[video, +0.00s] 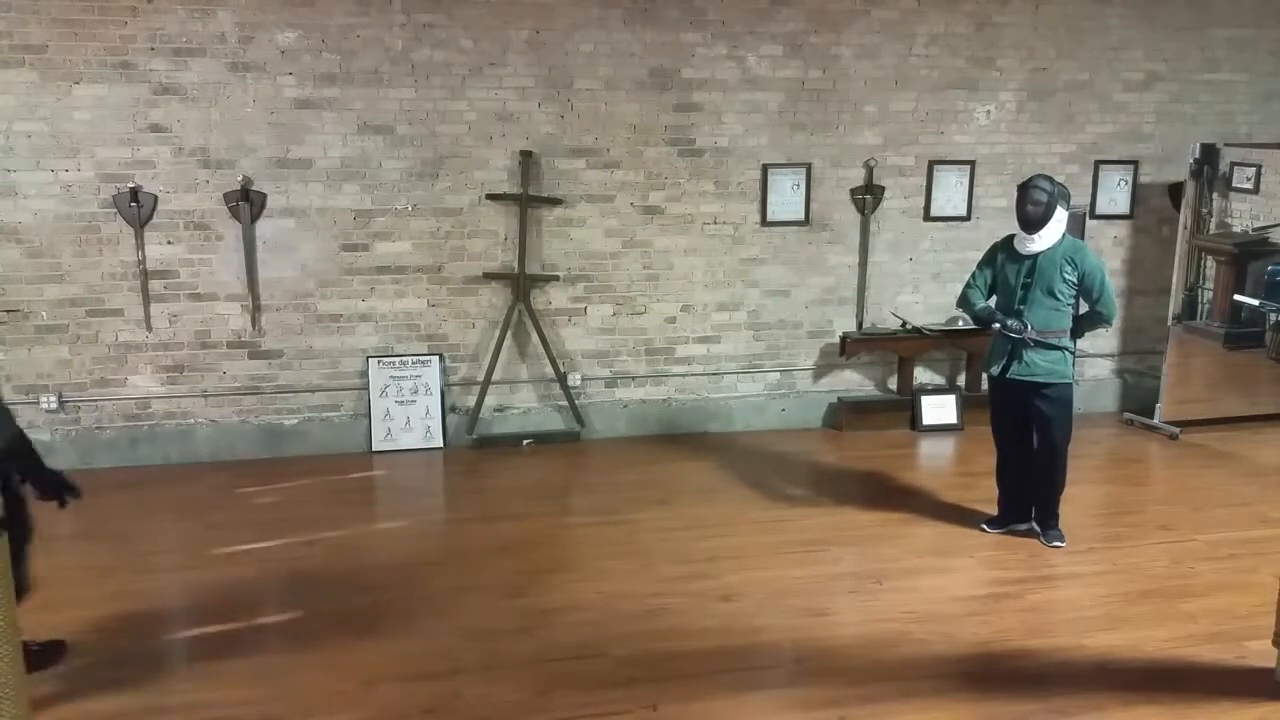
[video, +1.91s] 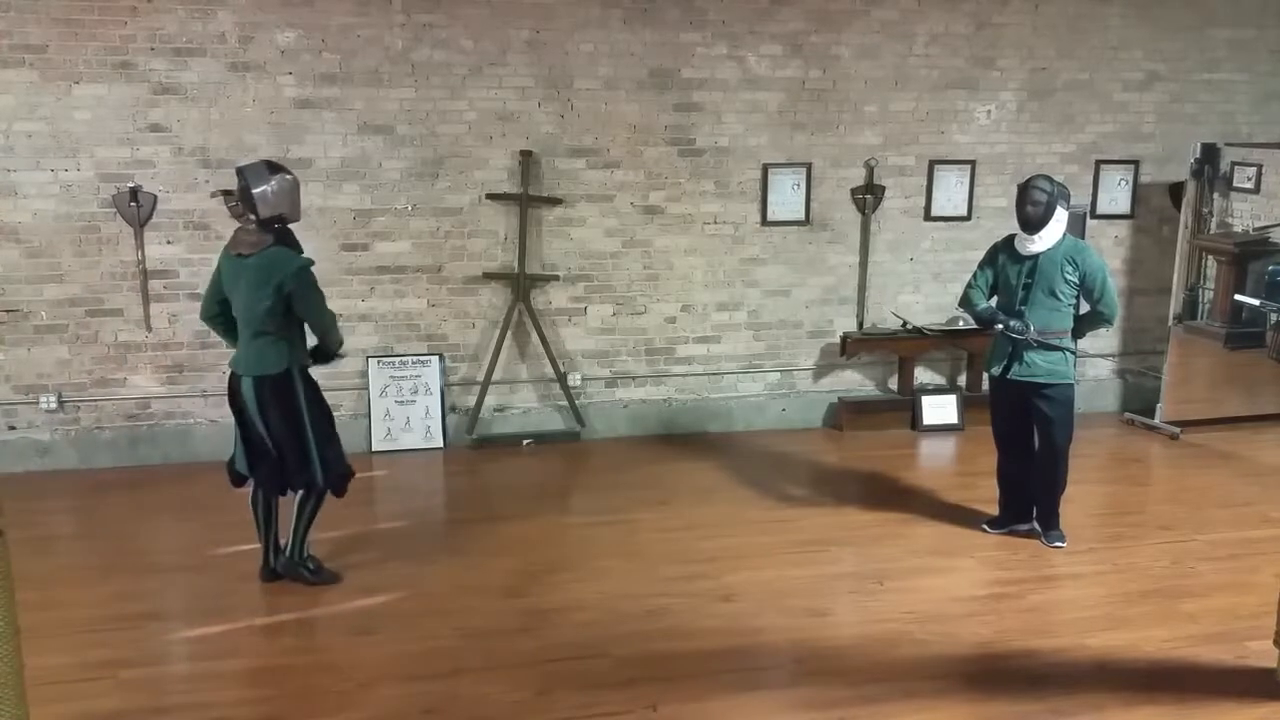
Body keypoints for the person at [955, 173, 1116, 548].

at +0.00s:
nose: (1027, 210)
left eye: (1035, 202)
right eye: (1023, 202)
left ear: (1056, 207)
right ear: (1017, 203)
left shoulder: (1077, 255)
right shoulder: (1003, 250)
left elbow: (1106, 311)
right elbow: (969, 296)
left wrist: (1071, 329)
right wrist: (997, 320)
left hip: (1050, 371)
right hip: (1005, 369)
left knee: (1051, 452)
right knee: (1009, 448)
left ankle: (1048, 522)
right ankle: (1013, 515)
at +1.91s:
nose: (1026, 210)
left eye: (1035, 203)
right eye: (1022, 202)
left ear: (1056, 207)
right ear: (1017, 203)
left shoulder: (1079, 254)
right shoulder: (1003, 250)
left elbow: (1106, 312)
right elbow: (971, 296)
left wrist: (1069, 330)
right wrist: (999, 320)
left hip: (1051, 372)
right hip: (1005, 370)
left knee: (1052, 453)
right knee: (1010, 449)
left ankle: (1049, 522)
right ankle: (1015, 515)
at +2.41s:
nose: (1027, 210)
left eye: (1035, 203)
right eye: (1023, 202)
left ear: (1056, 207)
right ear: (1017, 203)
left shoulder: (1080, 254)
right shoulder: (1005, 249)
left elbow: (1108, 310)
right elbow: (963, 294)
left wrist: (1073, 329)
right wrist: (998, 316)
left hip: (1050, 372)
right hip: (1005, 369)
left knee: (1049, 452)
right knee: (1011, 449)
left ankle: (1049, 523)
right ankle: (1015, 515)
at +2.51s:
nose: (1027, 210)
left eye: (1036, 205)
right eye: (1023, 203)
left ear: (1056, 209)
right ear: (1017, 204)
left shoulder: (1079, 255)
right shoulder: (1007, 249)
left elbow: (1107, 312)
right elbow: (974, 273)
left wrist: (1069, 330)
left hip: (1050, 368)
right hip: (1004, 364)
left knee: (1048, 451)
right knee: (1010, 447)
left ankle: (1047, 521)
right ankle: (1013, 515)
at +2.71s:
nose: (1028, 212)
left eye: (1037, 205)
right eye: (1024, 204)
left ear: (1057, 208)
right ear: (1019, 205)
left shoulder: (1078, 256)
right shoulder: (1005, 248)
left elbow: (1105, 313)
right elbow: (956, 254)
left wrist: (1071, 331)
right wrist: (907, 245)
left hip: (1048, 366)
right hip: (1003, 363)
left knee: (1048, 449)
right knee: (1009, 445)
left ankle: (1047, 521)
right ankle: (1014, 514)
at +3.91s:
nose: (1004, 219)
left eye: (1011, 211)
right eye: (1001, 211)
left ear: (1035, 210)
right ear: (1000, 211)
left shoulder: (1068, 253)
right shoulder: (996, 253)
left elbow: (1102, 308)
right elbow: (959, 288)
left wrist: (1067, 327)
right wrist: (920, 287)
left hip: (1046, 364)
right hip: (1002, 363)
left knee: (1048, 447)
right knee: (1007, 445)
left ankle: (1055, 524)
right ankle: (1012, 515)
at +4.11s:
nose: (1003, 217)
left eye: (1011, 209)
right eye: (1000, 209)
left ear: (1035, 210)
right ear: (999, 209)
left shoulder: (1064, 252)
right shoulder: (1001, 255)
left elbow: (1096, 310)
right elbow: (976, 300)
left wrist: (1067, 328)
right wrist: (937, 328)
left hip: (1043, 366)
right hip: (1004, 365)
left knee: (1052, 447)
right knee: (1009, 447)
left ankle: (1086, 519)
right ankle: (1013, 514)